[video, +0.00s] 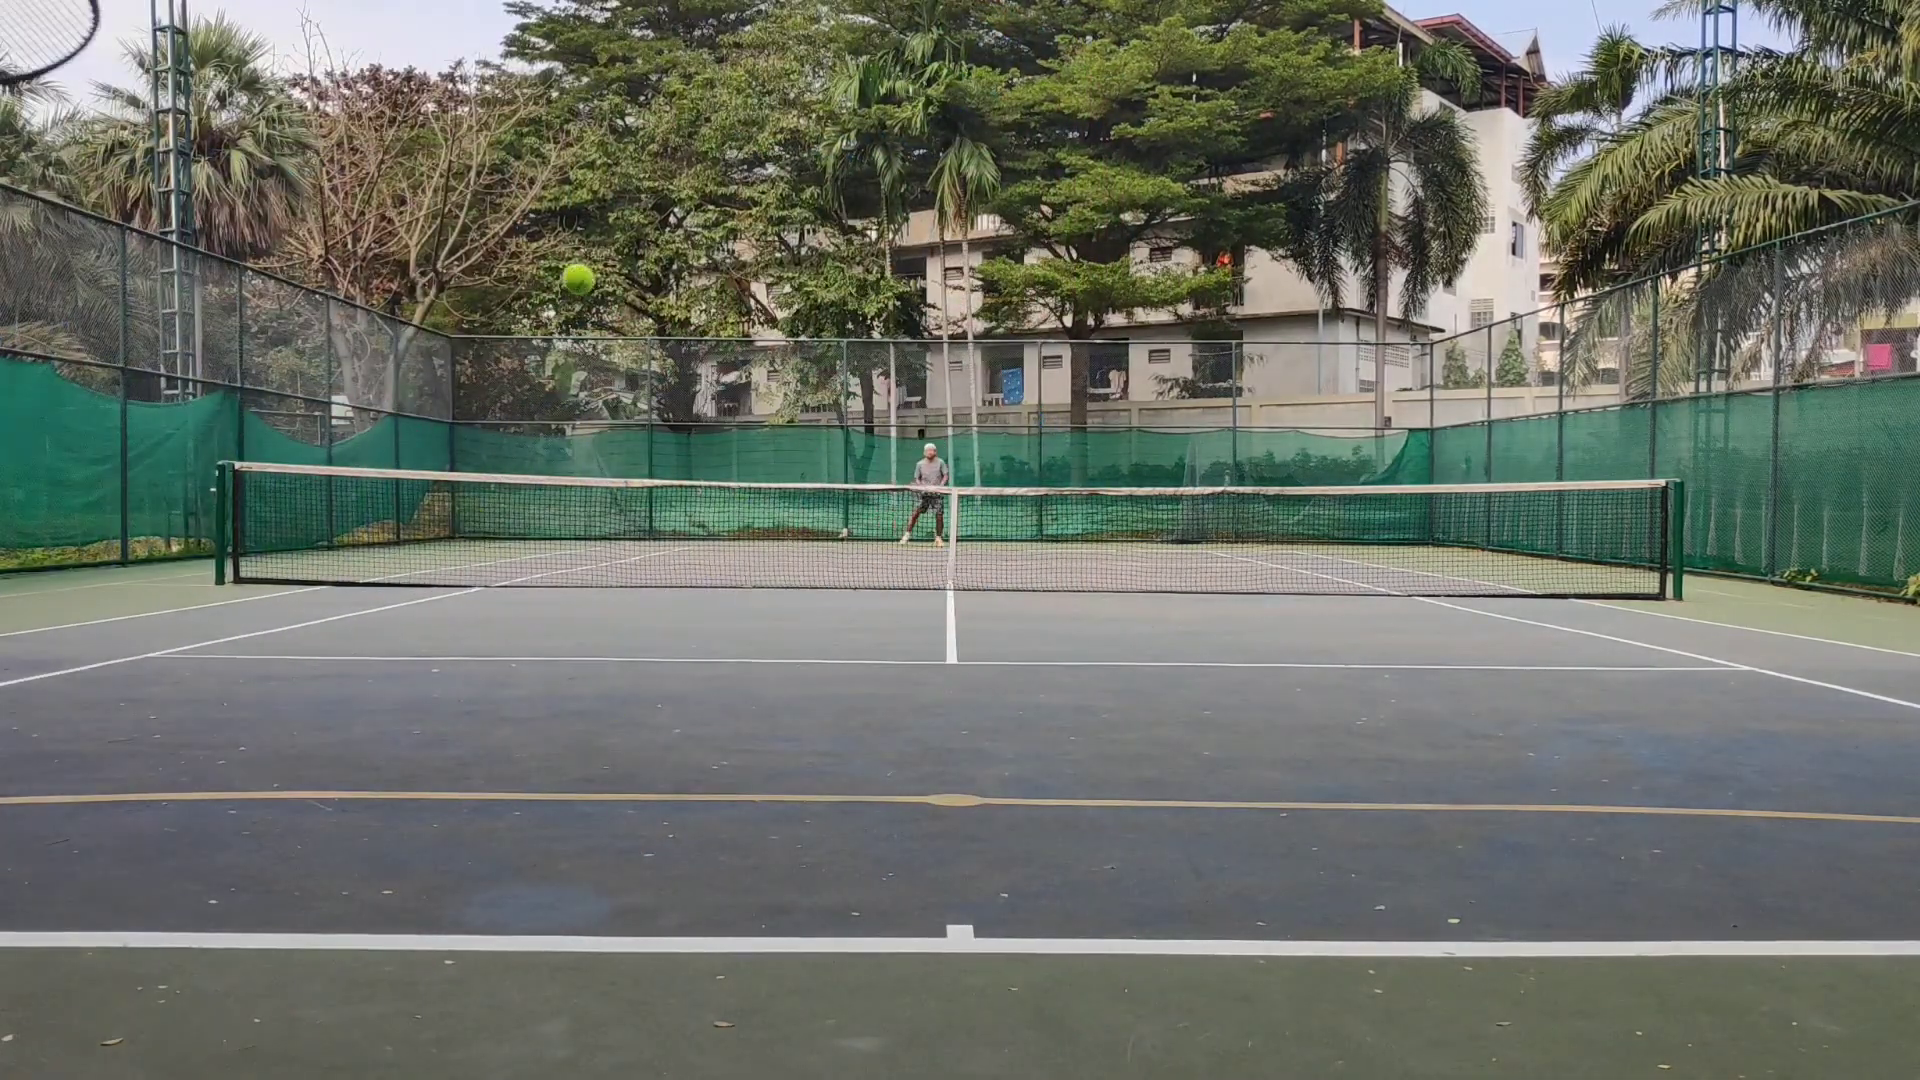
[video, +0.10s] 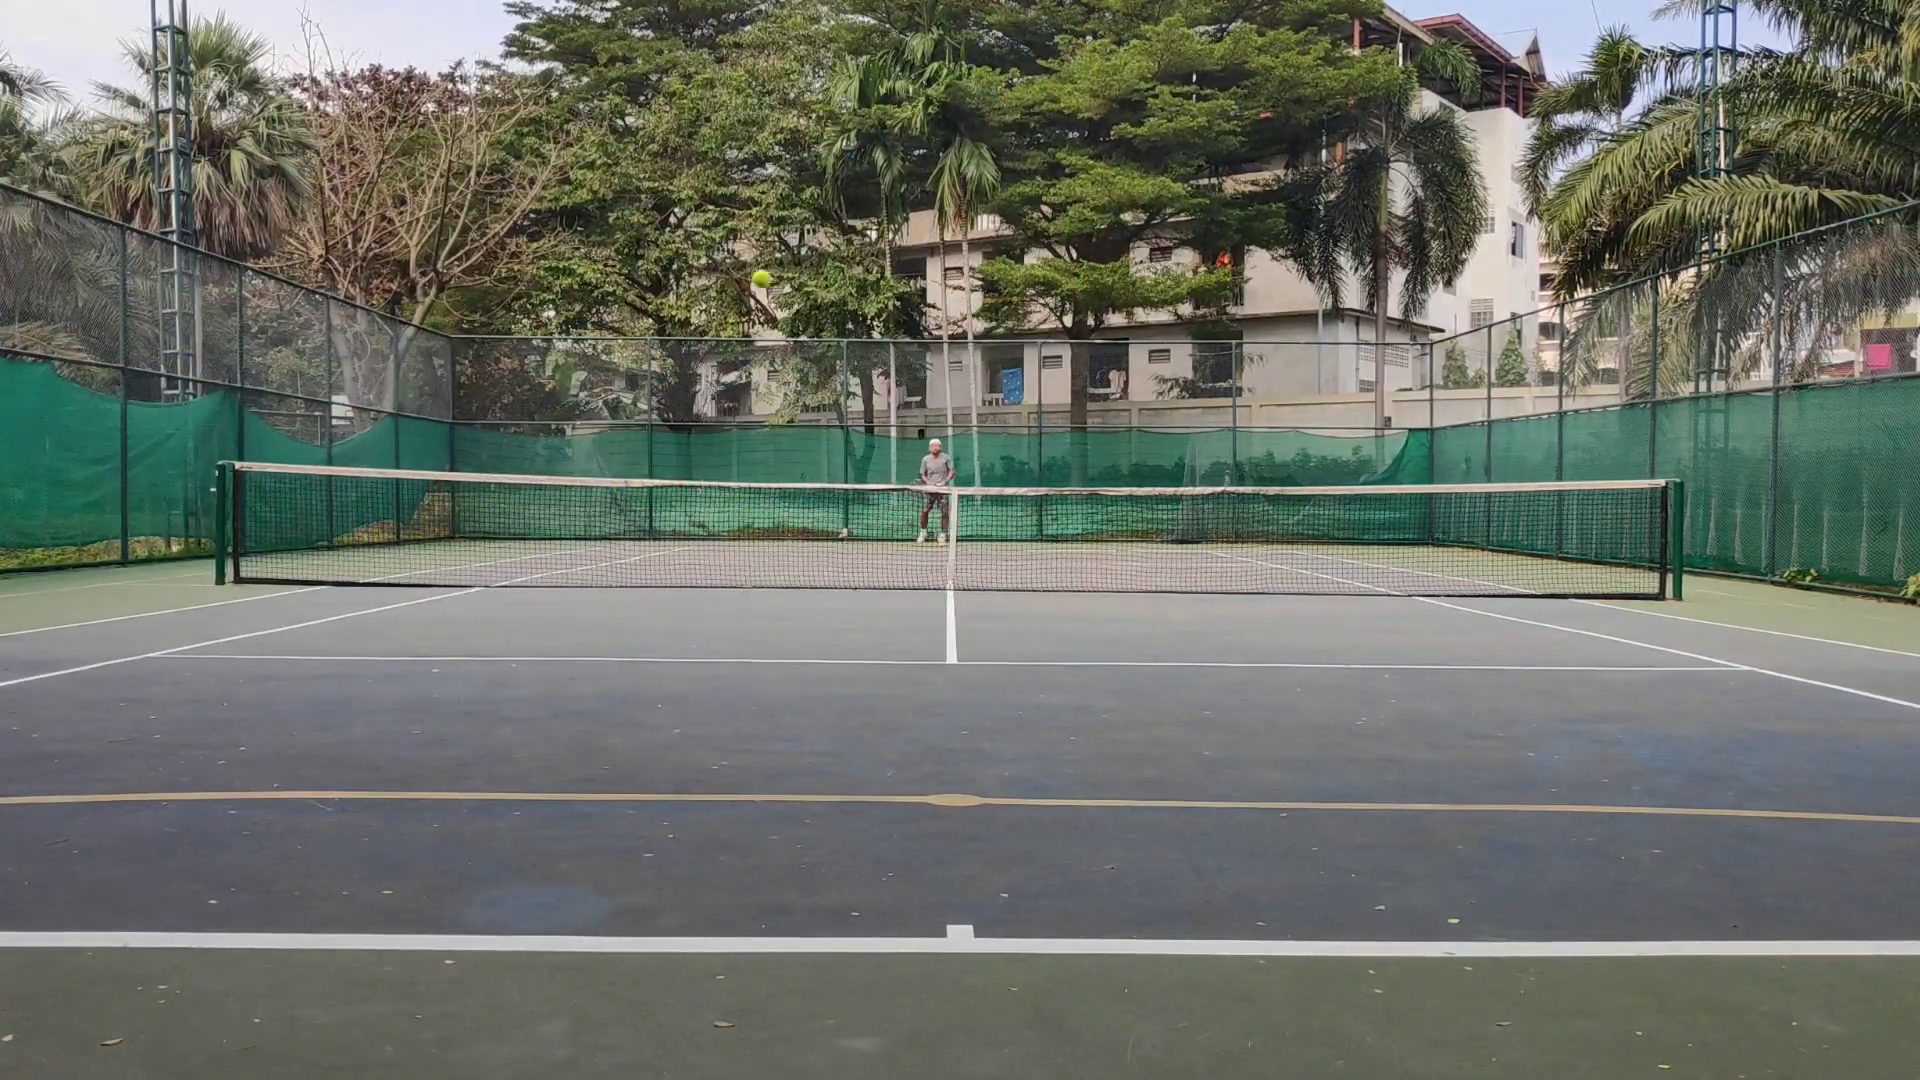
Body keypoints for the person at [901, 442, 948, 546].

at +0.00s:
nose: (930, 453)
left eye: (932, 450)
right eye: (928, 450)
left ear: (935, 452)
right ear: (924, 452)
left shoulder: (940, 462)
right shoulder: (920, 464)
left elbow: (946, 476)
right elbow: (917, 479)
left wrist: (940, 486)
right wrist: (923, 487)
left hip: (937, 492)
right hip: (925, 492)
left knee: (939, 515)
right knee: (917, 511)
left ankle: (939, 536)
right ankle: (908, 532)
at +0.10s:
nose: (935, 448)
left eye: (937, 446)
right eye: (933, 446)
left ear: (940, 447)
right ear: (930, 448)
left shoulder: (946, 458)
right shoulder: (926, 459)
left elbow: (952, 471)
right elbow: (922, 474)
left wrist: (945, 481)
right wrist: (928, 482)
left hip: (943, 486)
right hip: (930, 486)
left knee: (945, 511)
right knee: (926, 510)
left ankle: (944, 533)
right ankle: (923, 531)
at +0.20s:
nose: (940, 448)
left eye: (942, 446)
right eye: (938, 446)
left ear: (944, 447)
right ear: (934, 448)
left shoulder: (951, 458)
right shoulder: (931, 459)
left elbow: (956, 470)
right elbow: (927, 473)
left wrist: (950, 481)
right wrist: (933, 482)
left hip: (949, 486)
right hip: (937, 487)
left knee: (954, 511)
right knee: (935, 510)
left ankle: (956, 533)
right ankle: (931, 531)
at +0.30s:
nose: (945, 454)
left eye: (947, 451)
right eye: (943, 452)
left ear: (950, 453)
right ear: (940, 453)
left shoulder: (955, 463)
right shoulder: (936, 465)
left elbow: (963, 475)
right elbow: (933, 479)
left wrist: (956, 485)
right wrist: (939, 486)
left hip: (954, 492)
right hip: (942, 492)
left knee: (963, 513)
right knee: (940, 516)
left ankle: (971, 534)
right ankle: (936, 536)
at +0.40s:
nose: (951, 459)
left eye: (953, 457)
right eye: (949, 457)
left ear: (957, 458)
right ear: (946, 459)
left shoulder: (962, 468)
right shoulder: (942, 471)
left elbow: (969, 480)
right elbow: (939, 485)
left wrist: (964, 489)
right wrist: (948, 490)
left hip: (961, 495)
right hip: (949, 496)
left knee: (972, 515)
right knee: (947, 517)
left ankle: (977, 537)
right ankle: (938, 536)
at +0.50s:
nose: (957, 460)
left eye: (959, 458)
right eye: (955, 458)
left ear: (962, 460)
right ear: (952, 460)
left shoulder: (966, 470)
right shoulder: (947, 471)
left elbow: (972, 482)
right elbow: (943, 486)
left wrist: (968, 491)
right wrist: (952, 492)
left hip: (965, 495)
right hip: (953, 496)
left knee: (973, 515)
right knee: (954, 517)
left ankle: (977, 536)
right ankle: (947, 534)